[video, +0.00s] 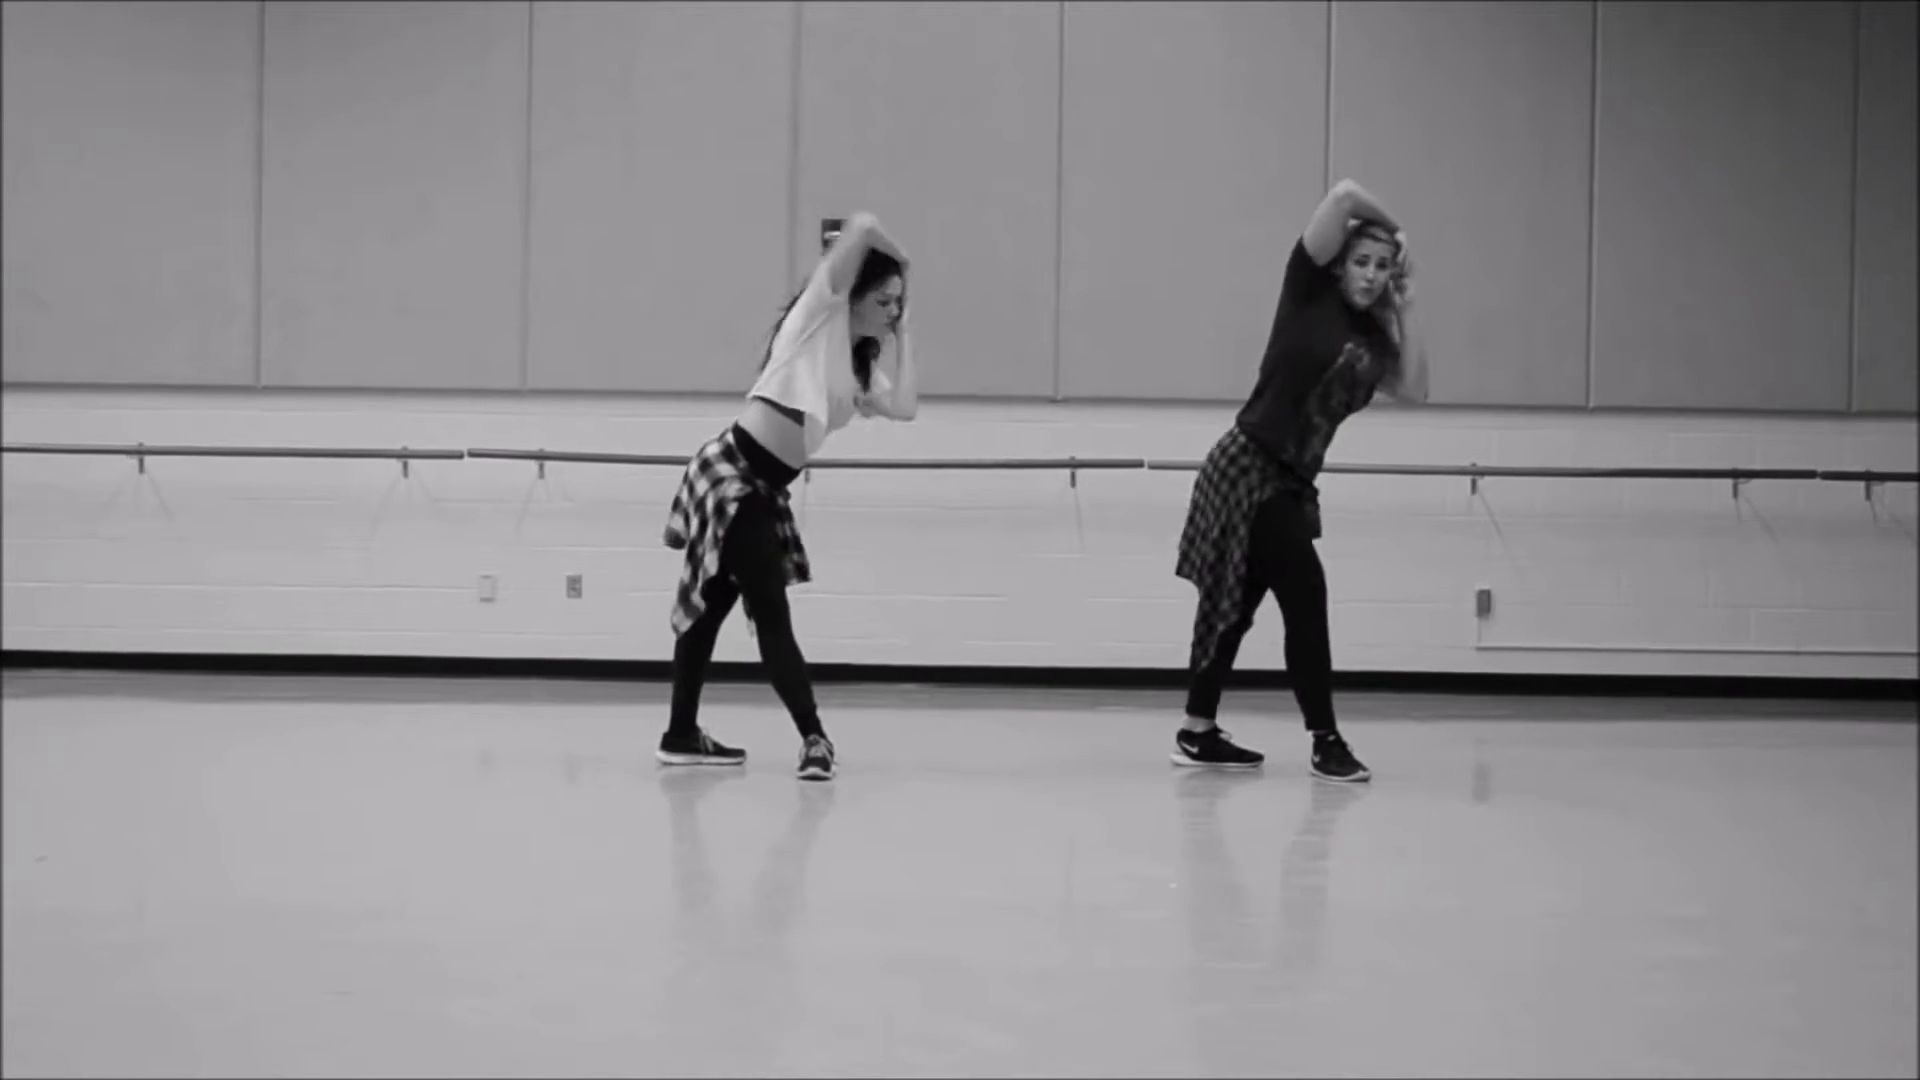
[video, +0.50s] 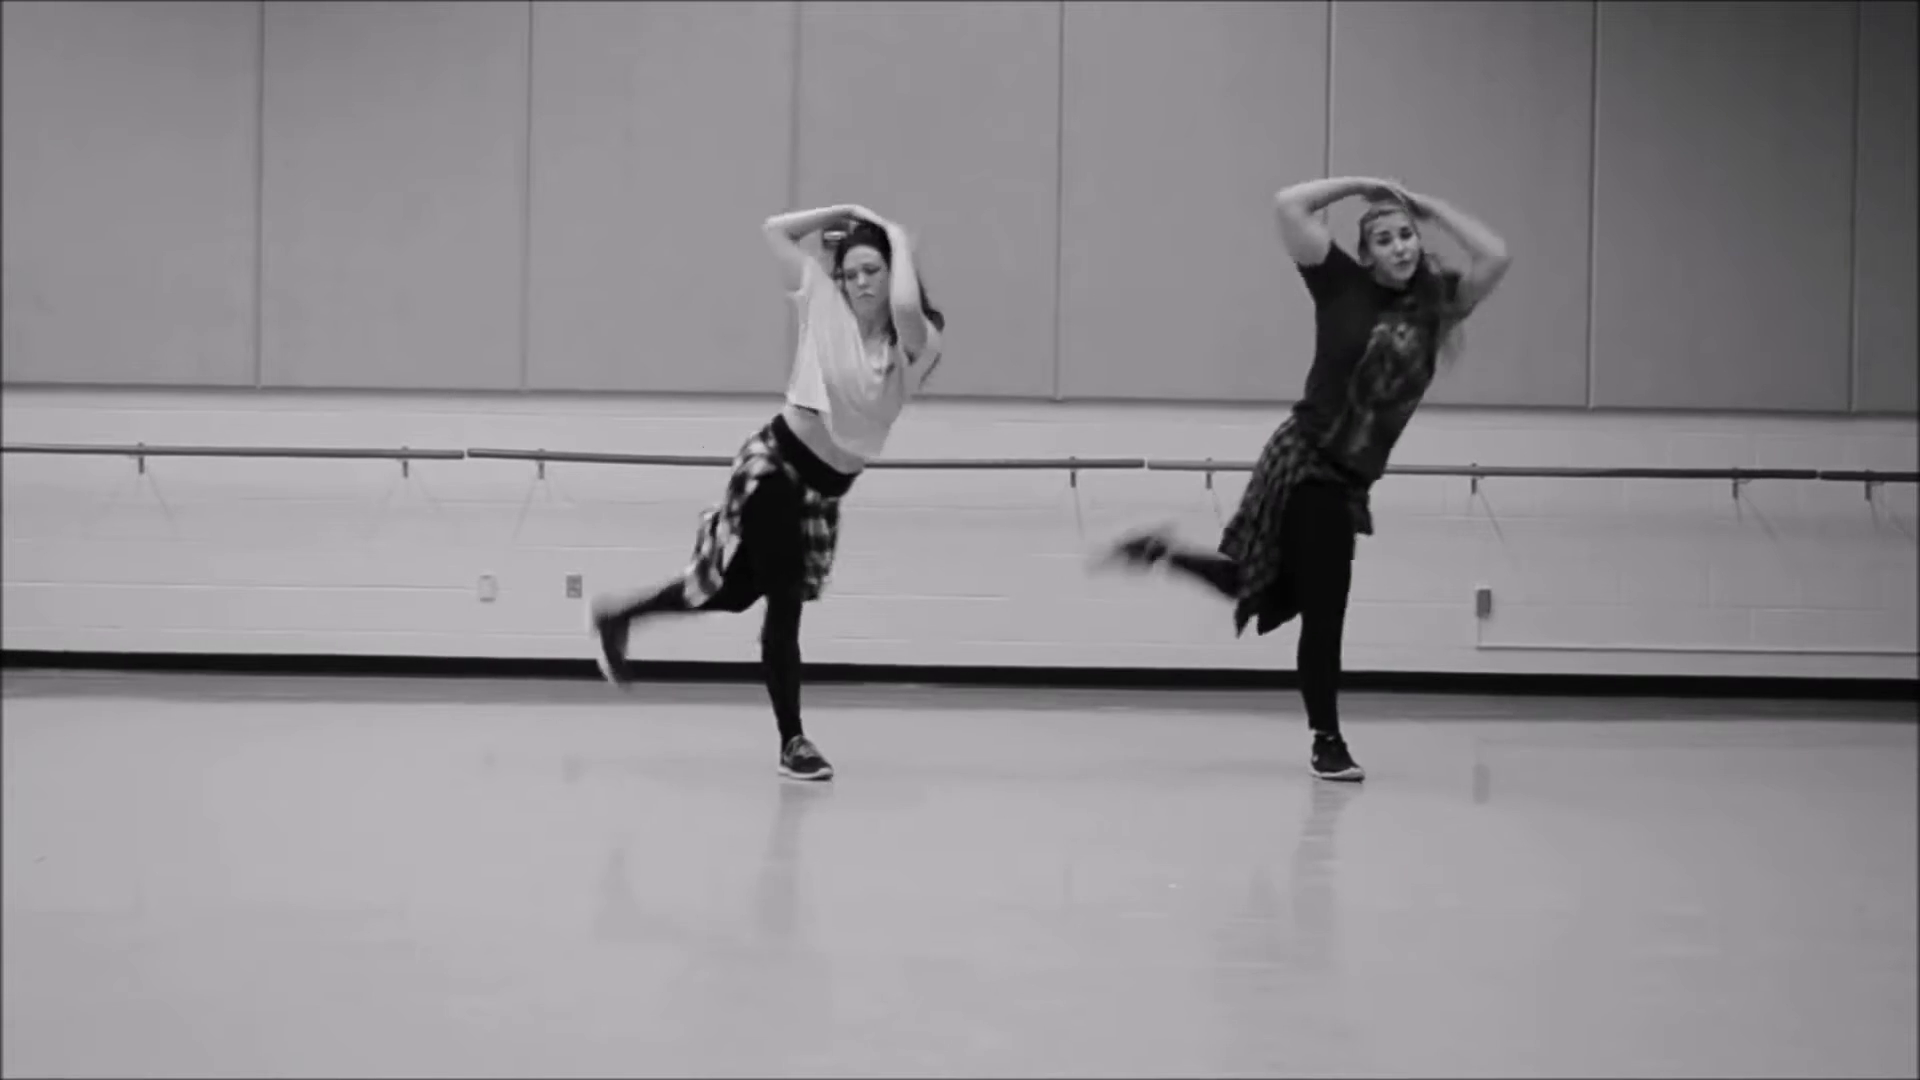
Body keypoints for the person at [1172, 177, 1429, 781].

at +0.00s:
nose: (1372, 274)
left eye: (1382, 267)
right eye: (1363, 262)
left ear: (1391, 276)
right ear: (1342, 260)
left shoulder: (1375, 337)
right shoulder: (1310, 286)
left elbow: (1413, 392)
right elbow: (1345, 191)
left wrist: (1403, 310)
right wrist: (1394, 229)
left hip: (1288, 483)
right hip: (1251, 470)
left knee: (1233, 601)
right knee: (1307, 598)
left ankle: (1197, 727)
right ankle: (1326, 742)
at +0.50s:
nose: (1399, 248)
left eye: (1407, 235)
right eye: (1384, 240)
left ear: (1421, 243)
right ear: (1365, 252)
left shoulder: (1438, 302)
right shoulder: (1342, 286)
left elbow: (1494, 258)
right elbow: (1288, 205)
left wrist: (1430, 207)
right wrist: (1362, 184)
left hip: (1350, 479)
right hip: (1307, 464)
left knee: (1269, 591)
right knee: (1326, 608)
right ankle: (1327, 741)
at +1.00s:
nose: (1443, 235)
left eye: (1452, 225)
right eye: (1429, 226)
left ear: (1465, 238)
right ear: (1406, 241)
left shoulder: (1496, 313)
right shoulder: (1385, 315)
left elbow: (1534, 395)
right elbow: (1338, 397)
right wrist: (1417, 379)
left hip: (1465, 487)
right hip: (1386, 487)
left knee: (1518, 611)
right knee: (1365, 615)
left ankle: (1589, 729)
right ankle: (1329, 738)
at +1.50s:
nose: (1525, 262)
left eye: (1536, 256)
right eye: (1513, 253)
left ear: (1546, 271)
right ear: (1489, 265)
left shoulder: (1575, 332)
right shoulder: (1472, 331)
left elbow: (1632, 390)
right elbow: (1426, 333)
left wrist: (1568, 382)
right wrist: (1505, 317)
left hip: (1543, 506)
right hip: (1458, 500)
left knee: (1592, 628)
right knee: (1400, 616)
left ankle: (1598, 747)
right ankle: (1328, 736)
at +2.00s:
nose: (1550, 272)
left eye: (1560, 266)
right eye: (1538, 262)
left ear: (1569, 280)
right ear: (1513, 273)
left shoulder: (1591, 342)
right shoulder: (1487, 334)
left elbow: (1682, 373)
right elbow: (1456, 368)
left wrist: (1627, 395)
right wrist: (1542, 382)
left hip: (1544, 510)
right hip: (1461, 501)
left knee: (1594, 623)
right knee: (1398, 617)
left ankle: (1597, 747)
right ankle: (1330, 737)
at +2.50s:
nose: (1589, 286)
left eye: (1595, 279)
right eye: (1584, 270)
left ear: (1592, 286)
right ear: (1550, 259)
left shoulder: (1577, 349)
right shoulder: (1493, 297)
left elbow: (1616, 423)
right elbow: (1458, 215)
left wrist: (1538, 443)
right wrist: (1494, 210)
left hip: (1535, 507)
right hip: (1453, 497)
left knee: (1569, 635)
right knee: (1401, 623)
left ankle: (1593, 748)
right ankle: (1343, 741)